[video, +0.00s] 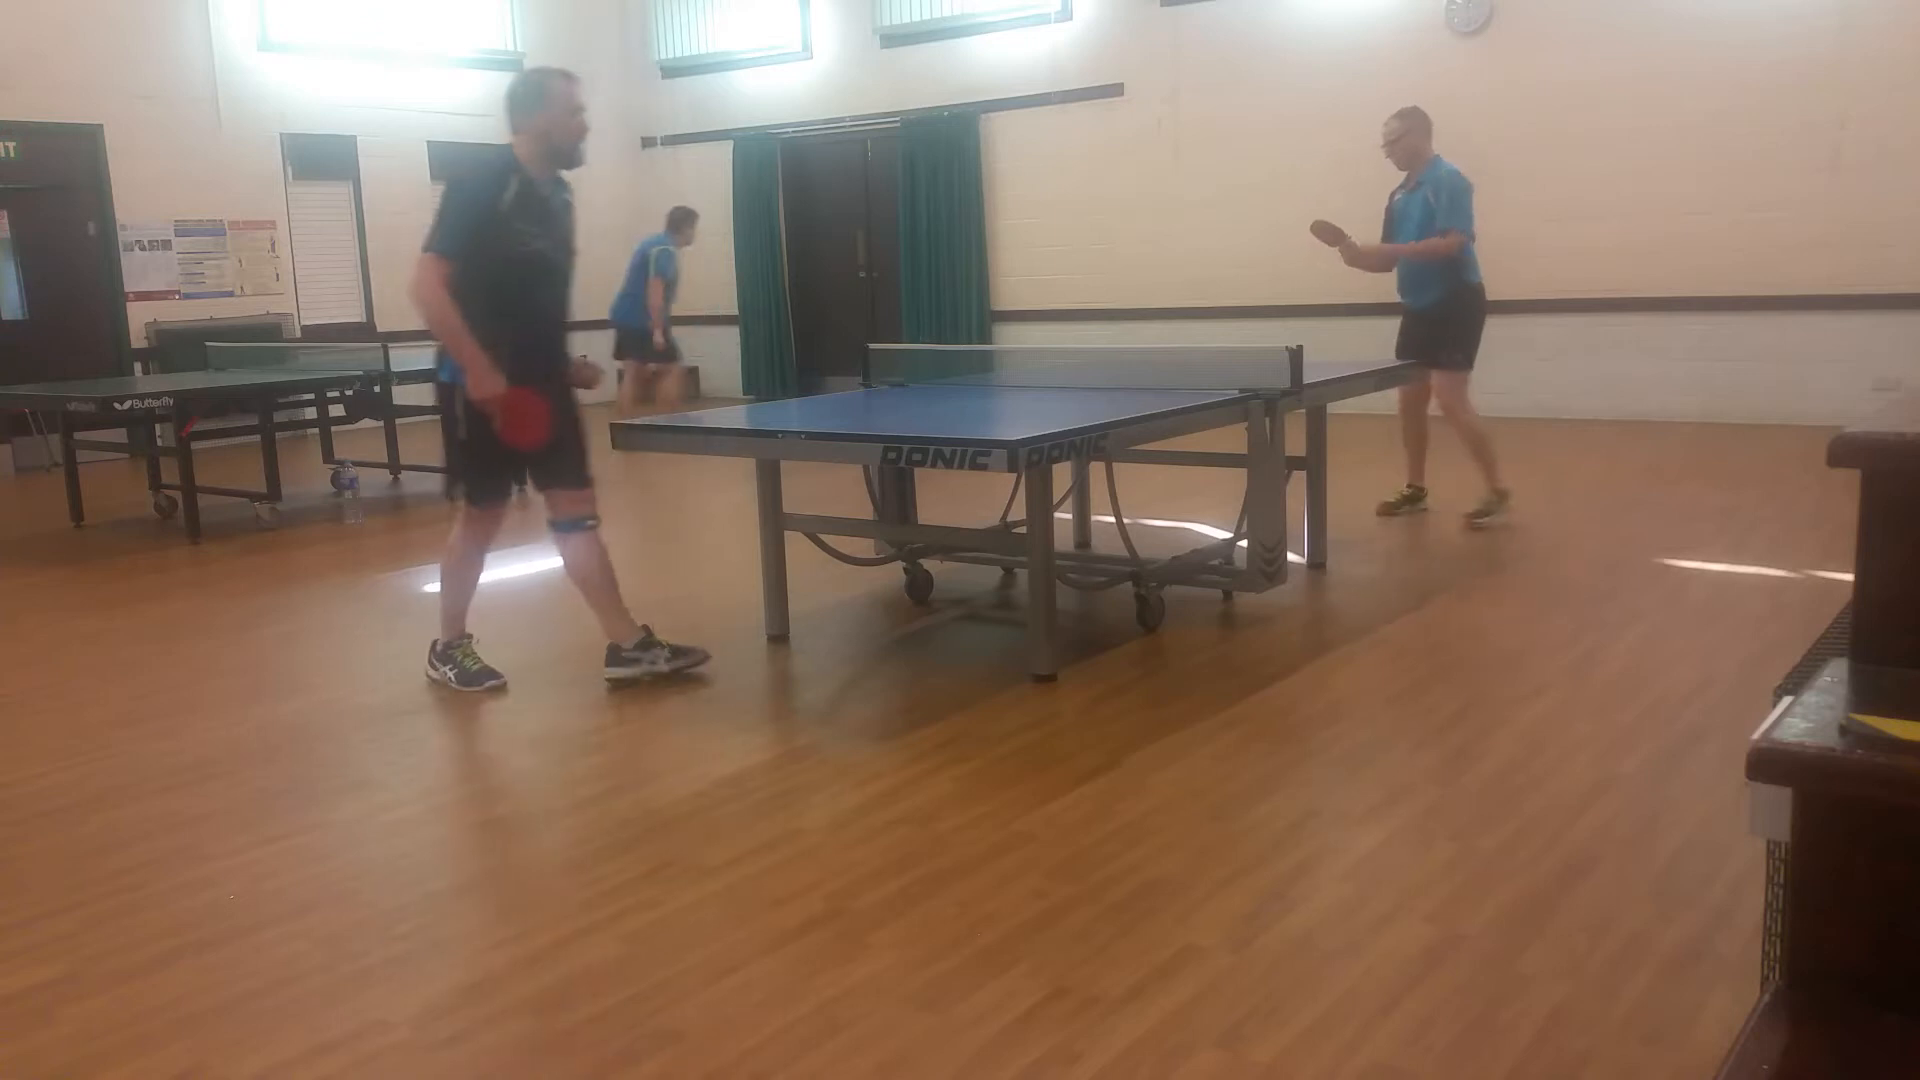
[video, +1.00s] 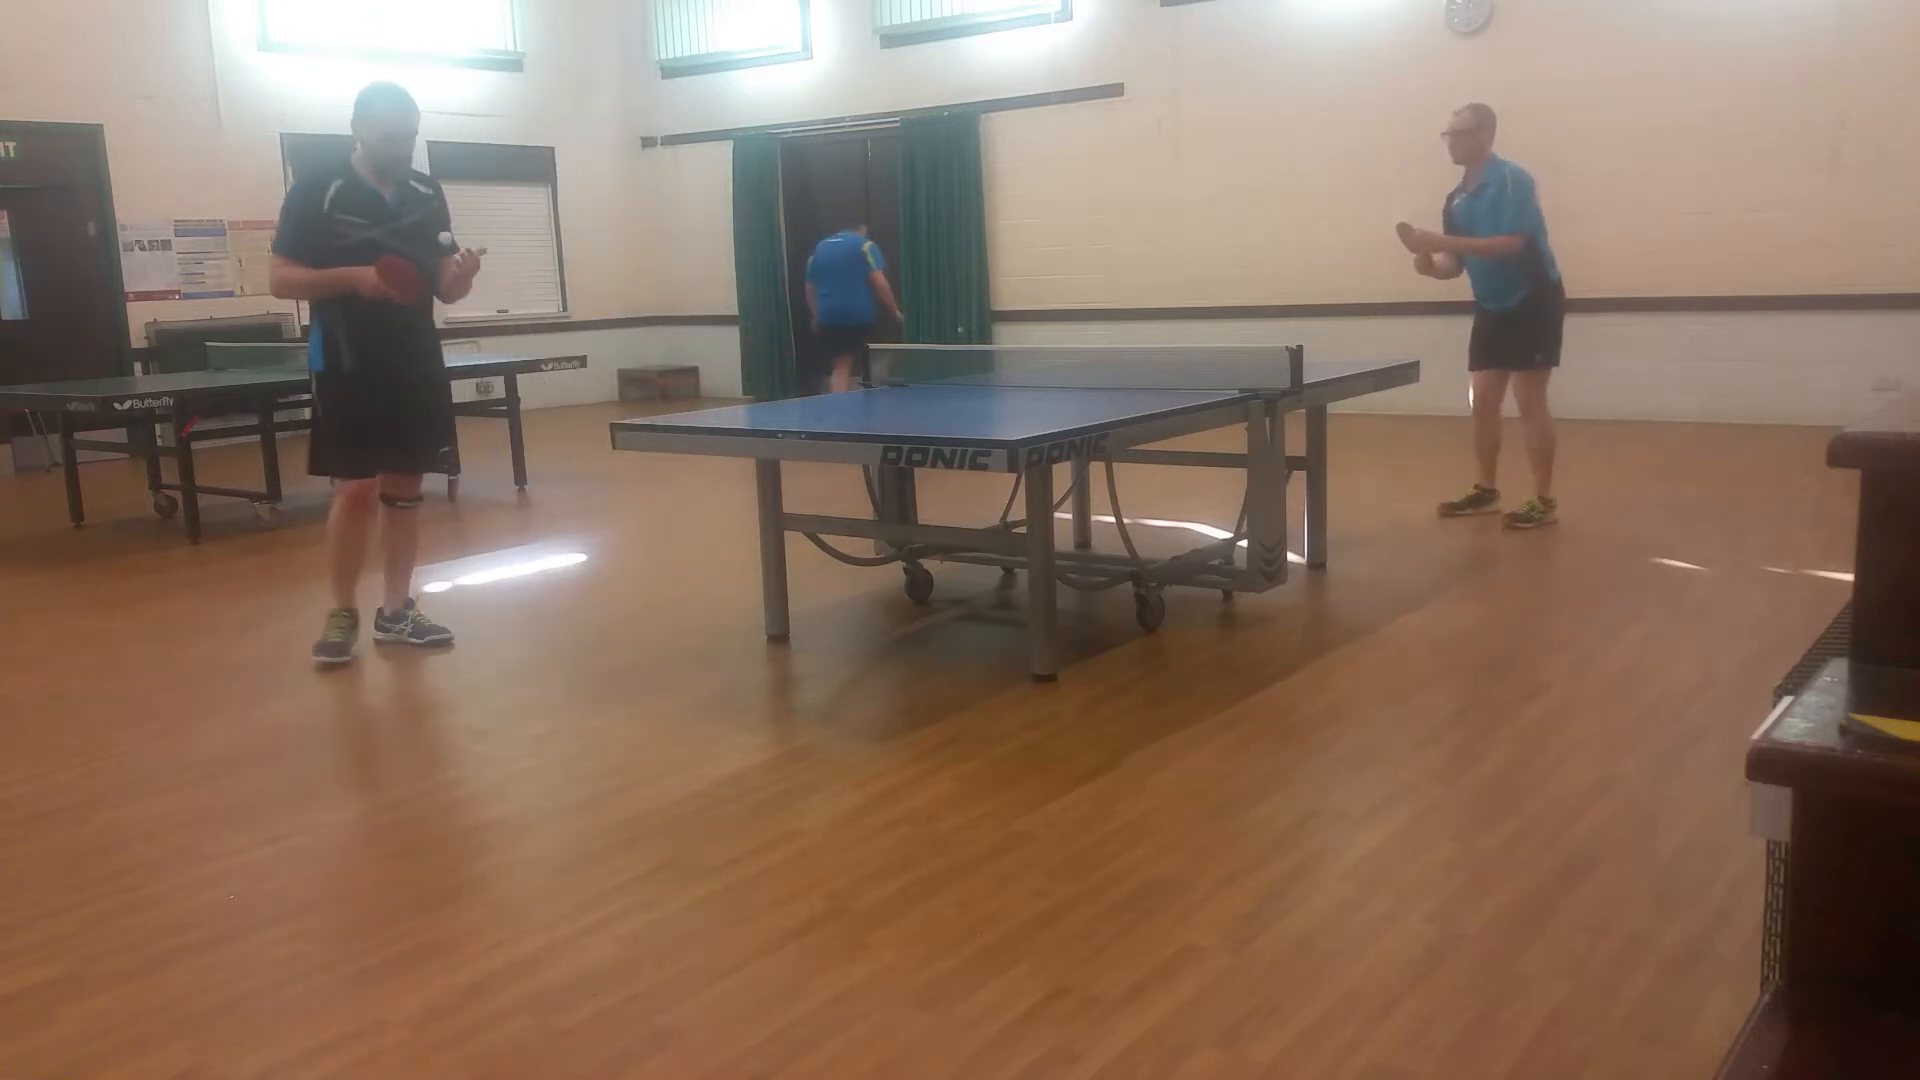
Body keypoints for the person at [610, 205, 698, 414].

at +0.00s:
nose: (694, 234)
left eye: (694, 228)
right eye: (692, 228)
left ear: (673, 225)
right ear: (683, 228)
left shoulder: (652, 244)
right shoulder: (663, 250)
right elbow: (655, 295)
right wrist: (658, 330)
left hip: (628, 319)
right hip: (643, 321)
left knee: (633, 370)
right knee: (671, 367)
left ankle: (625, 426)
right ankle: (664, 425)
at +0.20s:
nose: (731, 230)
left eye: (731, 225)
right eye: (730, 225)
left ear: (708, 224)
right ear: (723, 226)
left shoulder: (690, 246)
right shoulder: (708, 252)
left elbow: (676, 277)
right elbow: (691, 282)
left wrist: (673, 307)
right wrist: (674, 310)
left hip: (683, 326)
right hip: (709, 327)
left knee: (673, 374)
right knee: (736, 373)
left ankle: (638, 421)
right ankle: (744, 427)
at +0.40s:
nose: (768, 219)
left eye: (769, 215)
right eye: (768, 215)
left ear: (745, 211)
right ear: (762, 213)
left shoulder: (723, 234)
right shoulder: (755, 237)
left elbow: (709, 273)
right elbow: (757, 276)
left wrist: (711, 310)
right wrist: (761, 313)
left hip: (723, 311)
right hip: (746, 312)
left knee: (745, 362)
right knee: (751, 364)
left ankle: (730, 411)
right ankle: (745, 418)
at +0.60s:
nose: (805, 235)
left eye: (806, 231)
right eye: (805, 230)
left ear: (783, 225)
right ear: (799, 227)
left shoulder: (758, 246)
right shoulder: (796, 247)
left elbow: (740, 283)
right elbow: (824, 280)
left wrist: (737, 317)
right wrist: (854, 306)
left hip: (756, 318)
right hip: (780, 320)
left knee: (796, 363)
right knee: (768, 371)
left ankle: (814, 413)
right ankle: (751, 422)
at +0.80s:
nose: (840, 238)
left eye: (839, 235)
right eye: (839, 234)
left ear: (815, 230)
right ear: (835, 232)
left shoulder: (793, 251)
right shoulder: (833, 247)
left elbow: (778, 287)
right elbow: (855, 279)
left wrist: (774, 320)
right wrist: (882, 297)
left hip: (795, 321)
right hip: (822, 320)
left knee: (819, 370)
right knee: (829, 371)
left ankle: (832, 417)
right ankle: (790, 400)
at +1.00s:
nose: (866, 235)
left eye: (865, 232)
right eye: (865, 232)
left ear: (842, 228)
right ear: (862, 229)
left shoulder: (821, 247)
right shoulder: (864, 245)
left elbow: (809, 285)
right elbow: (879, 281)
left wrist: (815, 315)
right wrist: (894, 310)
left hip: (828, 315)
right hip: (859, 314)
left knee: (840, 364)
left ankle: (839, 409)